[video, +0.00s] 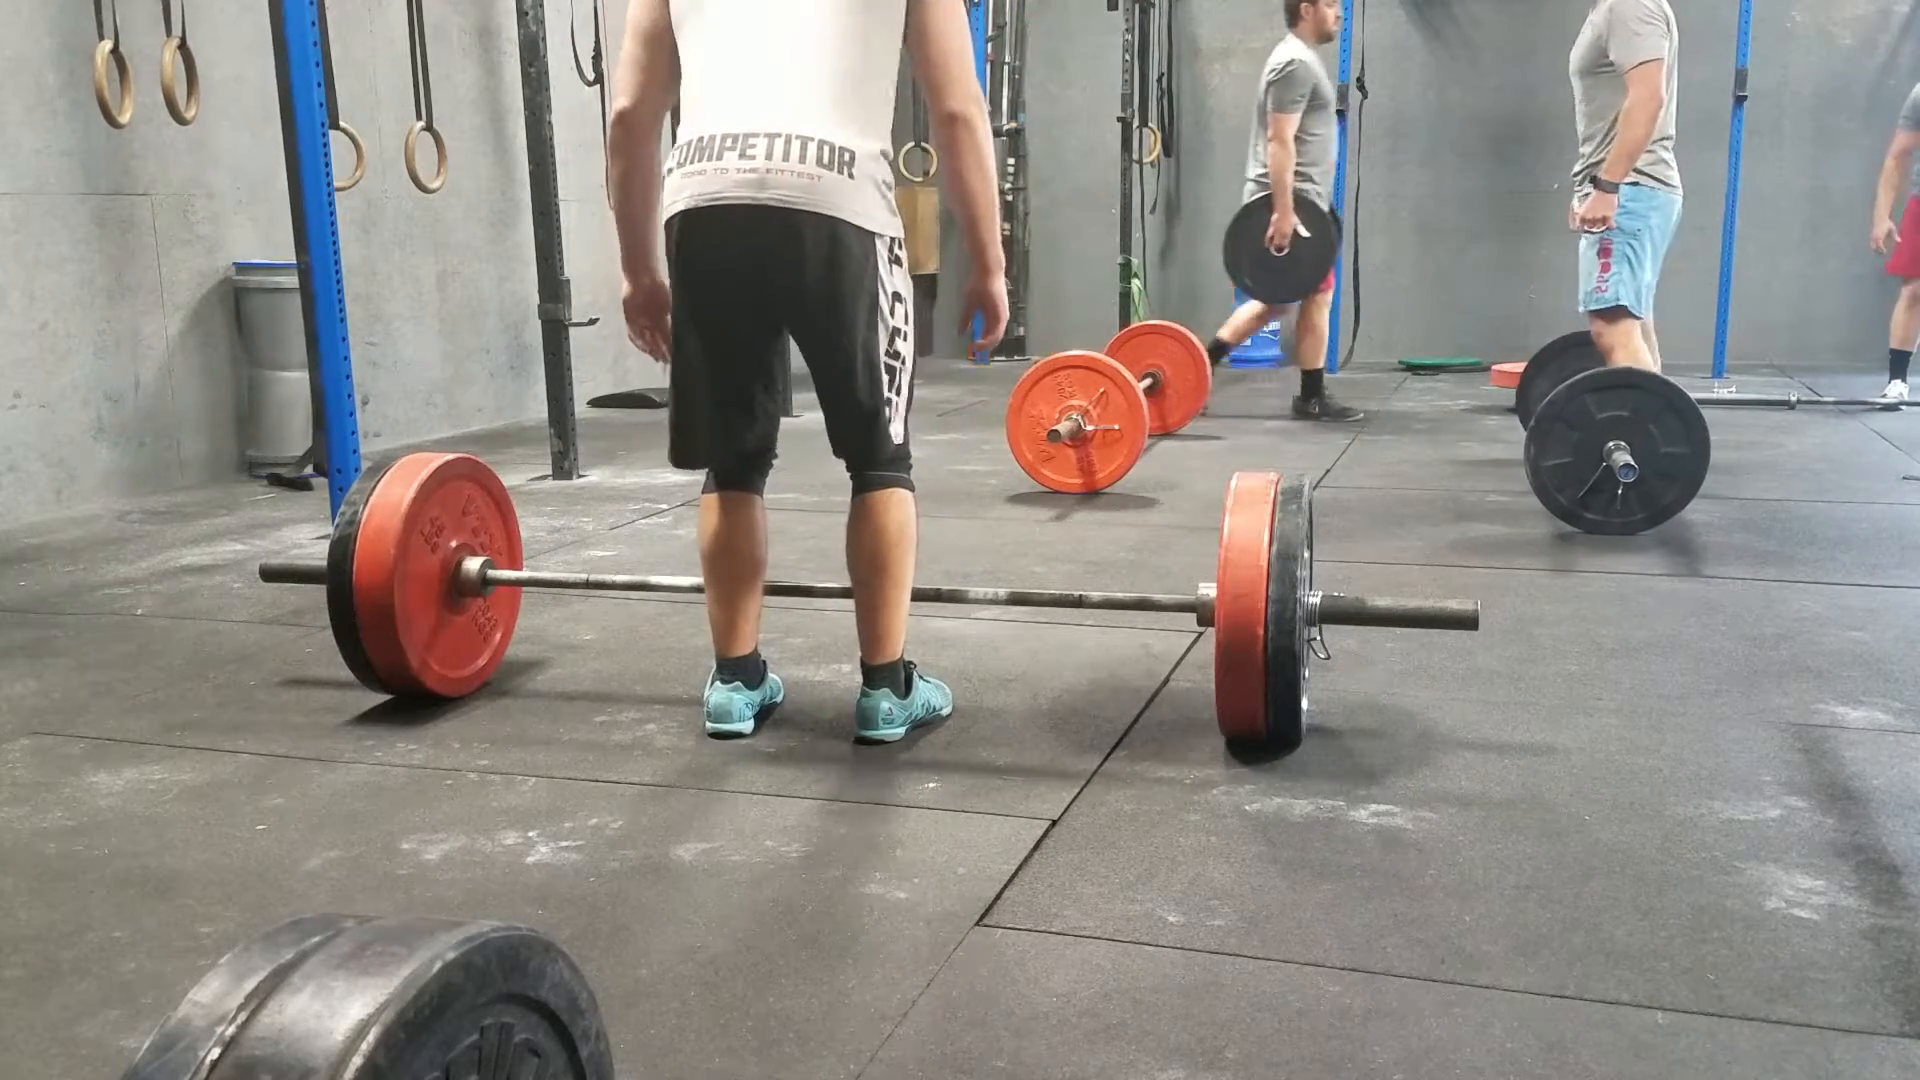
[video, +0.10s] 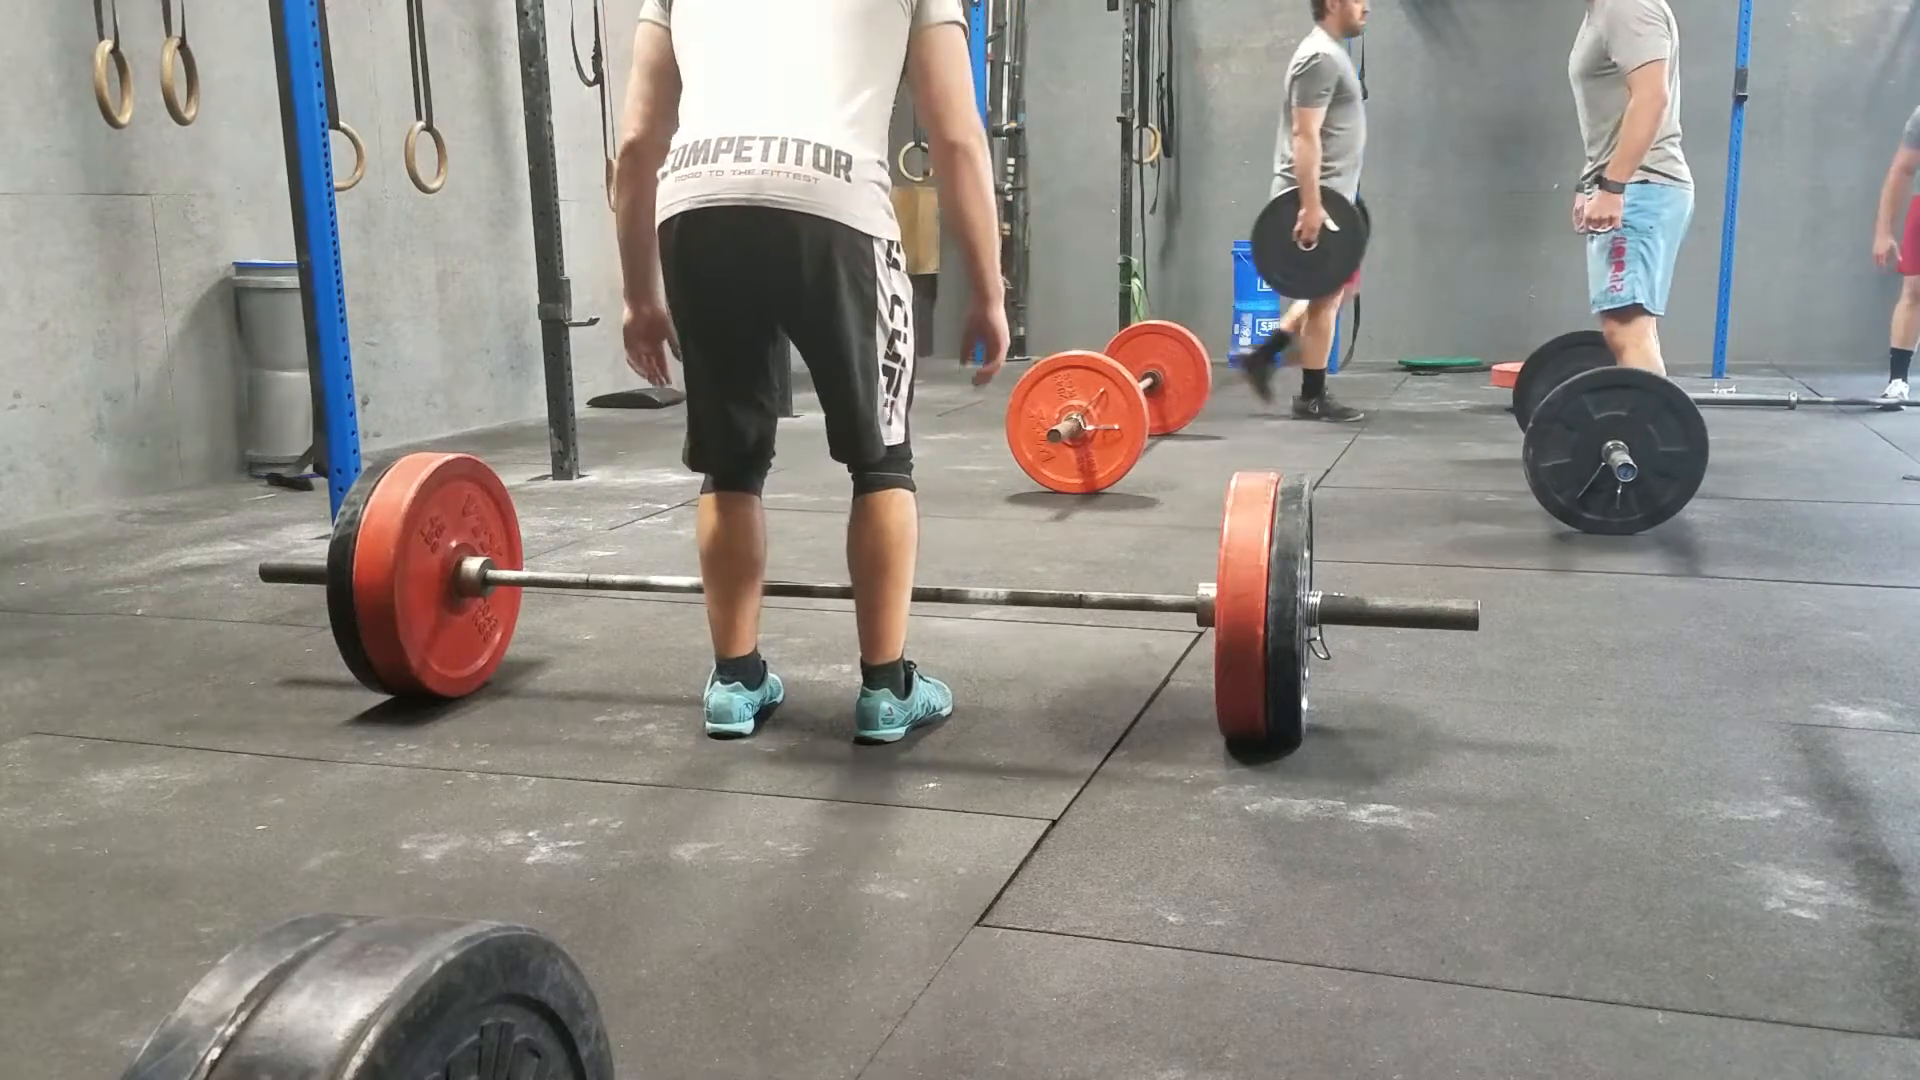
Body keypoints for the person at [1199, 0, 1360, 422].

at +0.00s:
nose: (1339, 13)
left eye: (1337, 5)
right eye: (1331, 5)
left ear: (1307, 12)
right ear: (1306, 10)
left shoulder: (1300, 58)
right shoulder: (1295, 62)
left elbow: (1289, 138)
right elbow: (1279, 140)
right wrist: (1282, 209)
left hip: (1292, 198)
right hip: (1299, 202)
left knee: (1274, 297)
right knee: (1320, 291)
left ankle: (1206, 357)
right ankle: (1311, 395)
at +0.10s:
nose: (1365, 8)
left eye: (1363, 2)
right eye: (1357, 1)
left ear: (1333, 9)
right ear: (1332, 6)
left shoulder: (1331, 54)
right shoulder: (1319, 58)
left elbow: (1320, 135)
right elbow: (1305, 136)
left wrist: (1336, 196)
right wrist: (1311, 204)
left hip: (1331, 195)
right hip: (1318, 198)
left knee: (1341, 285)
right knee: (1326, 292)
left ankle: (1264, 354)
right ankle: (1312, 396)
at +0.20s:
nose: (1391, 7)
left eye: (1391, 1)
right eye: (1385, 1)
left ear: (1361, 6)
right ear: (1358, 4)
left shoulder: (1358, 52)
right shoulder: (1344, 54)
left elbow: (1350, 134)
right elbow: (1331, 133)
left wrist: (1364, 198)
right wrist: (1340, 202)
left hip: (1358, 196)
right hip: (1336, 199)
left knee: (1381, 282)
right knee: (1332, 294)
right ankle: (1312, 394)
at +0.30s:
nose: (1422, 7)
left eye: (1421, 1)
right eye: (1414, 0)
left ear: (1391, 8)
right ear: (1386, 4)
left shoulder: (1390, 52)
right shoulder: (1369, 55)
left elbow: (1379, 134)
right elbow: (1359, 134)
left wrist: (1388, 197)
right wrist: (1371, 202)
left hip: (1387, 195)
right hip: (1357, 199)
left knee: (1410, 285)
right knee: (1341, 293)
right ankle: (1312, 393)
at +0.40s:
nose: (1453, 8)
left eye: (1453, 2)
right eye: (1443, 2)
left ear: (1421, 9)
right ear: (1416, 6)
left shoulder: (1423, 56)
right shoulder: (1400, 58)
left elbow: (1409, 137)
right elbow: (1387, 137)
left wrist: (1419, 202)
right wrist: (1400, 203)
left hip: (1413, 198)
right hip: (1381, 201)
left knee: (1441, 287)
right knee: (1360, 298)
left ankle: (1467, 390)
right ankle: (1315, 393)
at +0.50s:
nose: (1486, 8)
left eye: (1486, 1)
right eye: (1477, 1)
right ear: (1450, 6)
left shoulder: (1465, 57)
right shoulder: (1435, 56)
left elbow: (1455, 138)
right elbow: (1418, 132)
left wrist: (1463, 203)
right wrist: (1427, 202)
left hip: (1455, 201)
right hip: (1418, 201)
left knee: (1476, 288)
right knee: (1399, 301)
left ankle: (1477, 393)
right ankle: (1330, 381)